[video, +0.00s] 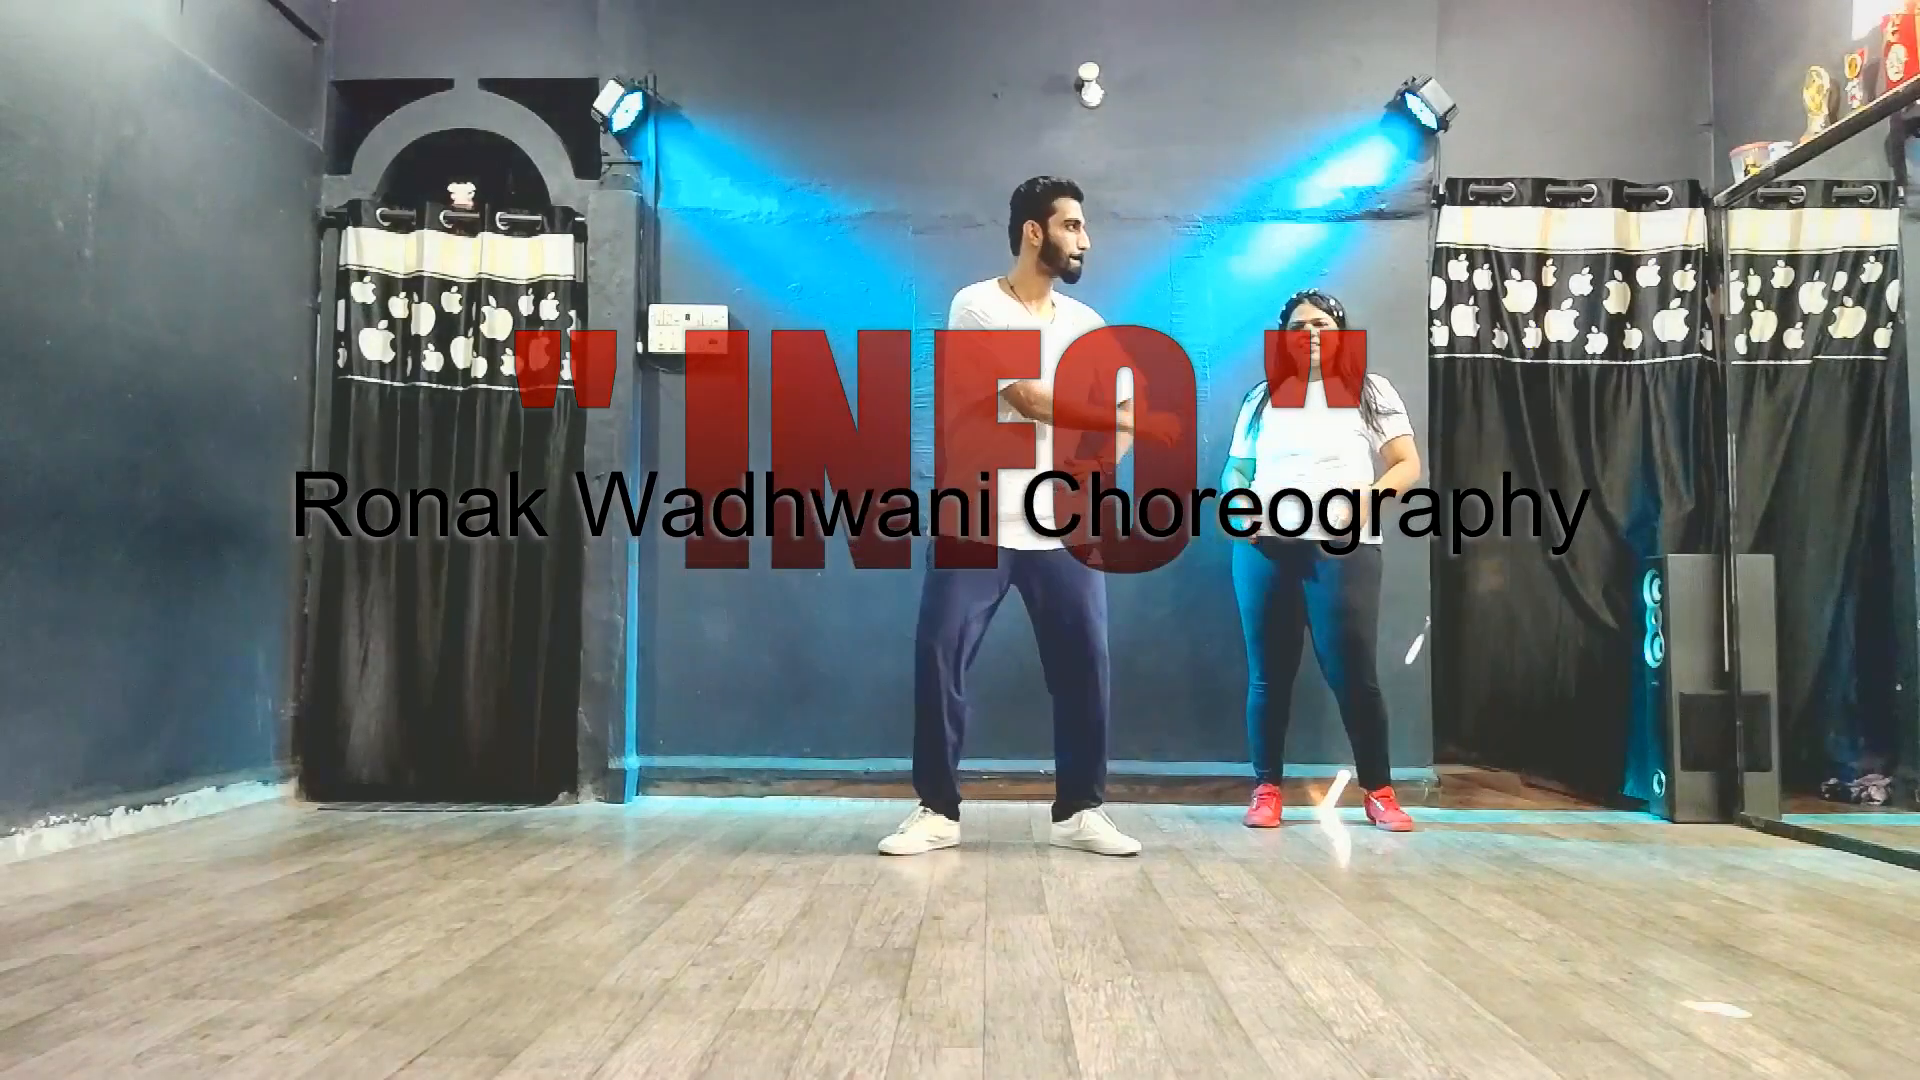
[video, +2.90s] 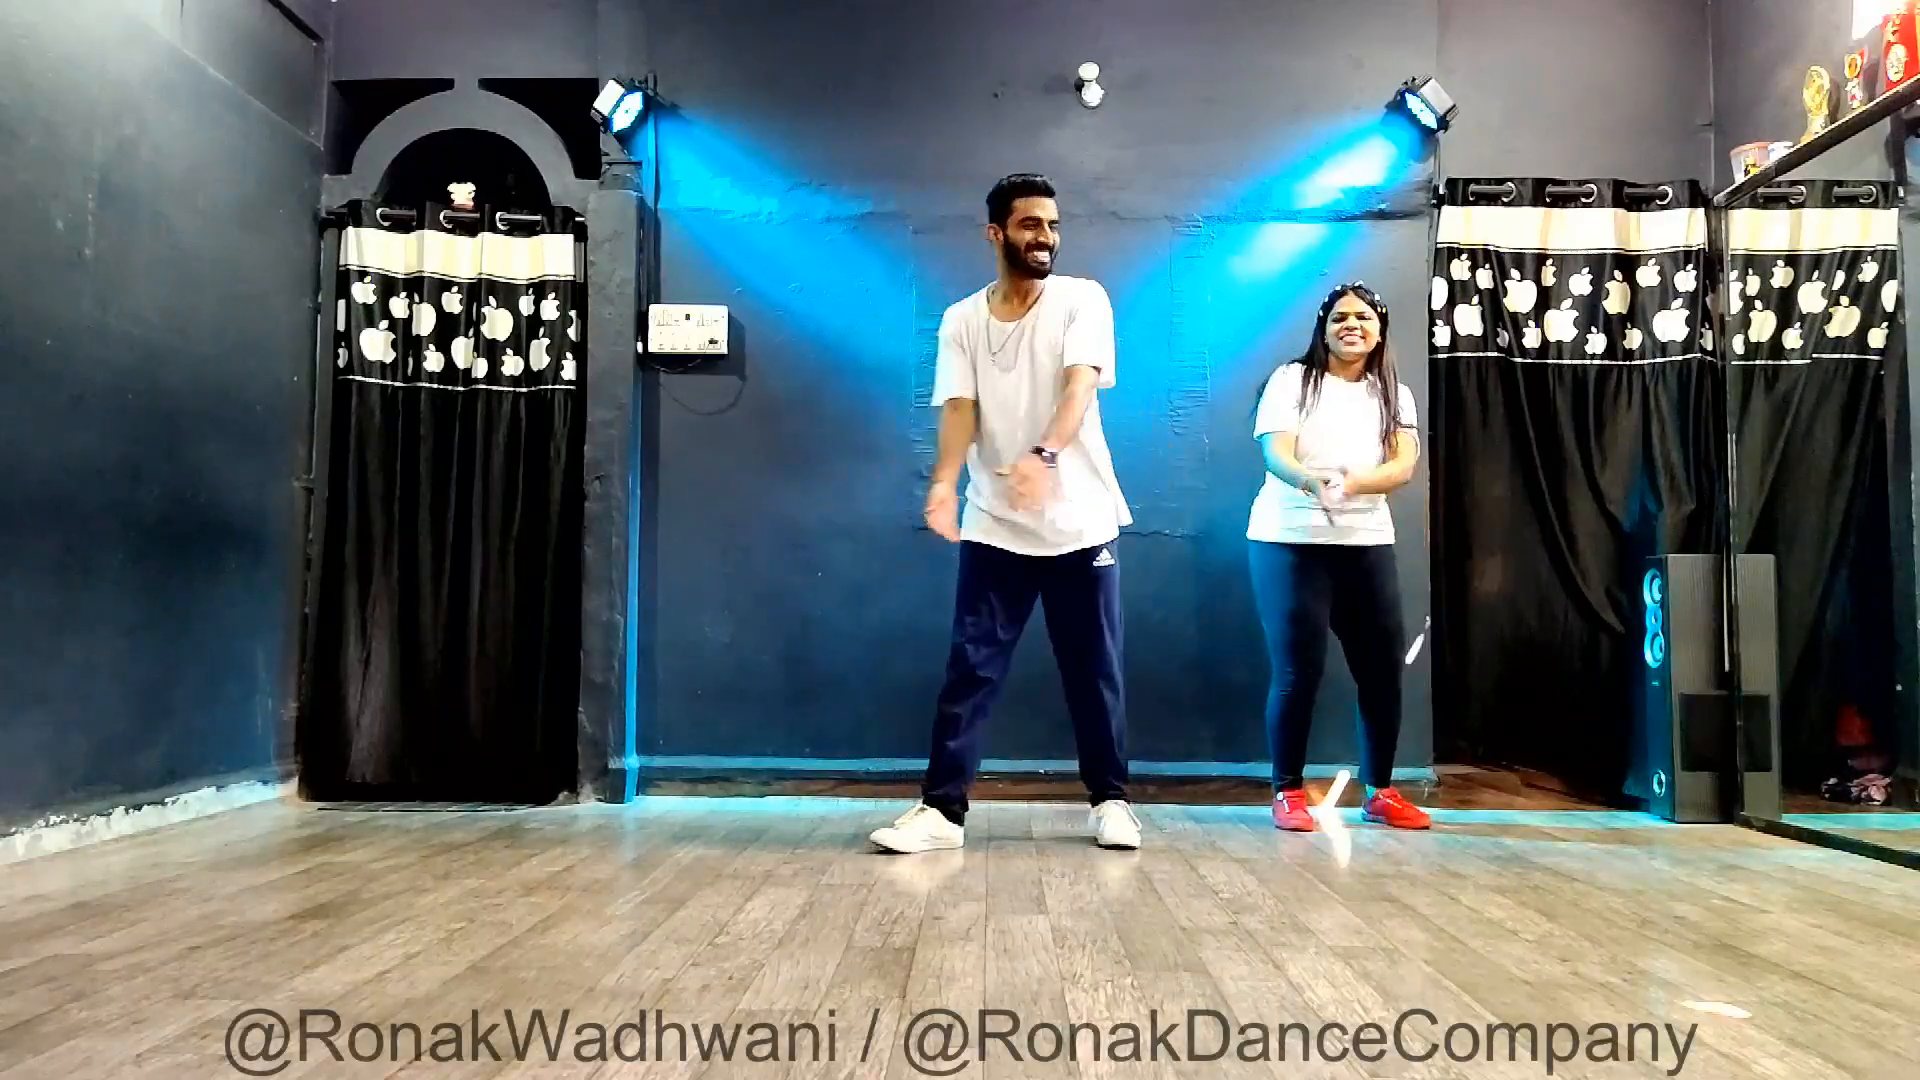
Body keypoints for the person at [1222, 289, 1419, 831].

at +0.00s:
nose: (1310, 333)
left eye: (1321, 324)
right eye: (1299, 325)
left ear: (1342, 336)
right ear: (1284, 337)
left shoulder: (1371, 390)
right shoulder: (1260, 399)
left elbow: (1407, 465)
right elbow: (1237, 478)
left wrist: (1364, 502)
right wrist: (1246, 515)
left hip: (1343, 549)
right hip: (1266, 548)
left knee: (1354, 675)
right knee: (1268, 675)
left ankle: (1378, 791)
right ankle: (1267, 789)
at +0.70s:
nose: (1355, 327)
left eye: (1363, 319)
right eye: (1342, 320)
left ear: (1375, 331)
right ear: (1321, 333)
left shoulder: (1401, 390)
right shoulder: (1299, 390)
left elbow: (1420, 457)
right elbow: (1279, 473)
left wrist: (1423, 476)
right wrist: (1350, 477)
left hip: (1403, 542)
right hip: (1325, 541)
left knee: (1394, 671)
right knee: (1326, 659)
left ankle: (1383, 794)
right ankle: (1287, 782)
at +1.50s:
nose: (1334, 324)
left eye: (1342, 316)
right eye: (1322, 319)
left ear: (1358, 325)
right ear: (1304, 332)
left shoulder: (1378, 393)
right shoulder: (1274, 376)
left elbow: (1412, 469)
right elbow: (1216, 433)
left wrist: (1412, 521)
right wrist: (1248, 442)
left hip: (1352, 543)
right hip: (1273, 540)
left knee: (1365, 670)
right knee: (1287, 667)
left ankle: (1372, 790)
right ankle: (1282, 791)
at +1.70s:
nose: (1315, 352)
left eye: (1323, 341)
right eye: (1303, 347)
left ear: (1342, 344)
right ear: (1291, 360)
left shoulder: (1377, 403)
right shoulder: (1272, 409)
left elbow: (1429, 474)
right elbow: (1243, 480)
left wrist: (1397, 528)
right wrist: (1207, 496)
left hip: (1334, 549)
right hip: (1257, 546)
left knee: (1329, 676)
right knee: (1244, 669)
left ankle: (1370, 791)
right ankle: (1272, 793)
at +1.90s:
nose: (1303, 366)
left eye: (1311, 353)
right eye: (1291, 360)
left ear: (1331, 352)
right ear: (1283, 371)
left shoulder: (1374, 405)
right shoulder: (1280, 426)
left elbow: (1397, 480)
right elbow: (1253, 505)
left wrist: (1328, 509)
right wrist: (1226, 570)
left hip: (1339, 557)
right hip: (1265, 554)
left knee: (1337, 680)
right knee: (1241, 668)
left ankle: (1380, 796)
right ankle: (1276, 793)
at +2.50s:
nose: (1338, 361)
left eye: (1346, 350)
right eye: (1324, 354)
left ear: (1358, 355)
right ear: (1303, 362)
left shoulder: (1372, 412)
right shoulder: (1277, 413)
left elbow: (1405, 476)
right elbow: (1255, 483)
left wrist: (1426, 538)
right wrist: (1254, 547)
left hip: (1378, 553)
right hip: (1306, 552)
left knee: (1422, 669)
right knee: (1326, 674)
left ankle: (1392, 796)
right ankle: (1293, 795)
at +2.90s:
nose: (1352, 324)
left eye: (1362, 317)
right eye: (1342, 317)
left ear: (1379, 330)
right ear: (1324, 330)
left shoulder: (1395, 395)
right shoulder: (1291, 380)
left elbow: (1403, 468)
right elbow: (1276, 455)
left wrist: (1351, 483)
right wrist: (1317, 482)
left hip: (1365, 547)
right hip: (1290, 543)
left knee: (1382, 671)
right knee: (1296, 672)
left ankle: (1378, 791)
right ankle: (1288, 792)